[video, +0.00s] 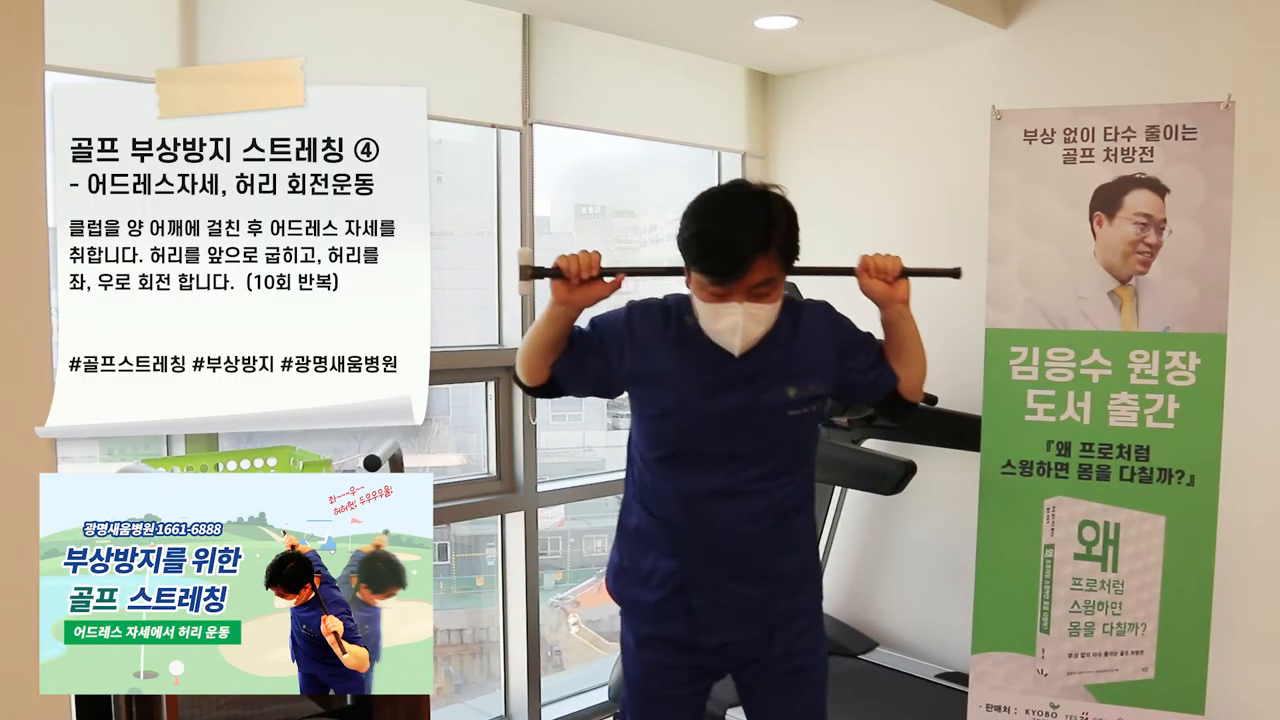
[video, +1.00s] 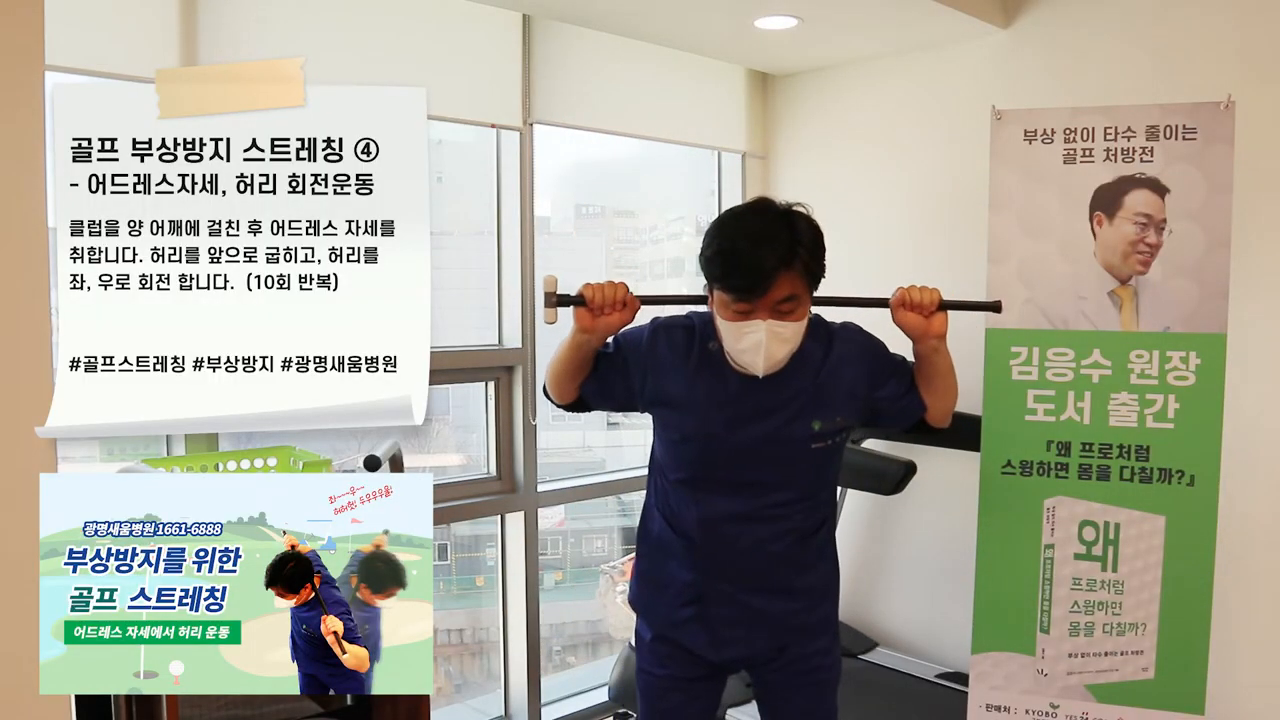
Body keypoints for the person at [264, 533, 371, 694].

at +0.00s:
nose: (278, 599)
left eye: (283, 596)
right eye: (276, 594)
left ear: (306, 590)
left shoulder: (334, 607)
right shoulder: (312, 570)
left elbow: (363, 665)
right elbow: (308, 552)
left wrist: (335, 642)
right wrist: (297, 547)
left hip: (344, 673)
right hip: (310, 667)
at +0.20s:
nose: (278, 599)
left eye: (283, 596)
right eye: (276, 594)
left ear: (306, 590)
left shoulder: (334, 607)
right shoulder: (312, 570)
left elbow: (363, 665)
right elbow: (308, 552)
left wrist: (335, 642)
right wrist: (296, 547)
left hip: (344, 673)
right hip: (310, 667)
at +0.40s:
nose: (278, 599)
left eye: (283, 596)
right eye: (276, 594)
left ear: (306, 590)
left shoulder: (334, 607)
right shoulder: (312, 570)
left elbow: (363, 665)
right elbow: (308, 552)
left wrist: (335, 642)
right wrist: (296, 547)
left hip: (344, 673)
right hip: (310, 667)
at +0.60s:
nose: (278, 599)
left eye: (283, 596)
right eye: (276, 594)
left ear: (306, 590)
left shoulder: (334, 607)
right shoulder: (312, 570)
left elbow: (363, 665)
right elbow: (308, 552)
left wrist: (335, 642)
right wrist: (296, 547)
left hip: (344, 673)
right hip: (310, 667)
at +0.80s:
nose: (278, 599)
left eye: (283, 596)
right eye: (276, 594)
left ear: (306, 590)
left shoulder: (334, 607)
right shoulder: (312, 570)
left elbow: (363, 665)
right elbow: (308, 552)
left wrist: (335, 642)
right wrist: (296, 547)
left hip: (344, 673)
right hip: (310, 667)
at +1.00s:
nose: (278, 599)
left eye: (283, 596)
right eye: (276, 594)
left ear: (306, 590)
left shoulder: (334, 607)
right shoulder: (312, 570)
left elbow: (363, 665)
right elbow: (308, 552)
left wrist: (335, 642)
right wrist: (297, 547)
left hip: (344, 673)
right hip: (310, 667)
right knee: (312, 713)